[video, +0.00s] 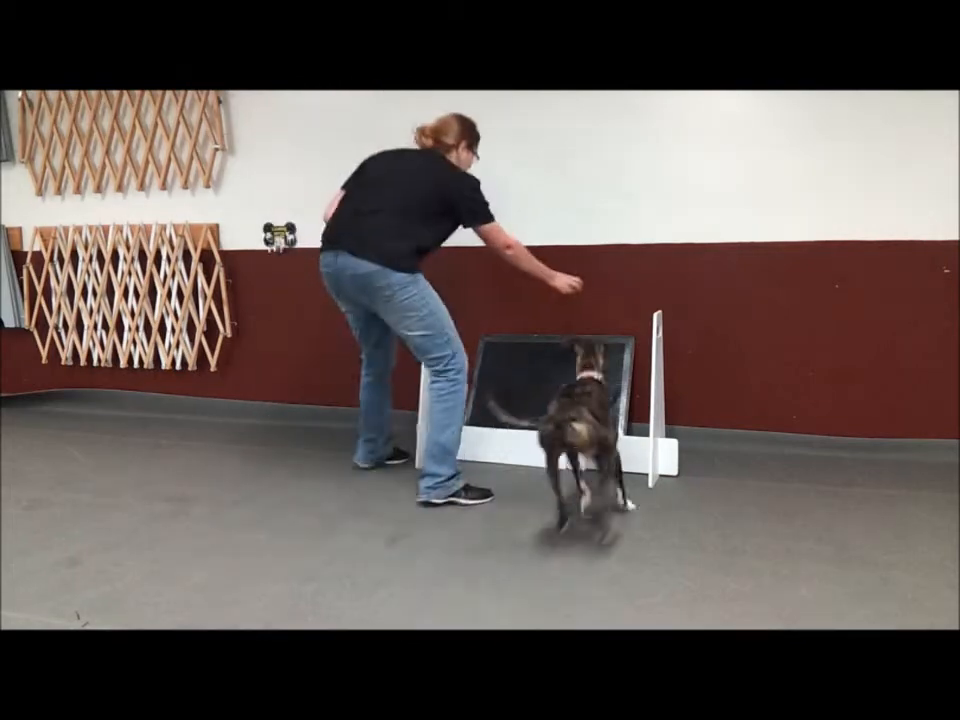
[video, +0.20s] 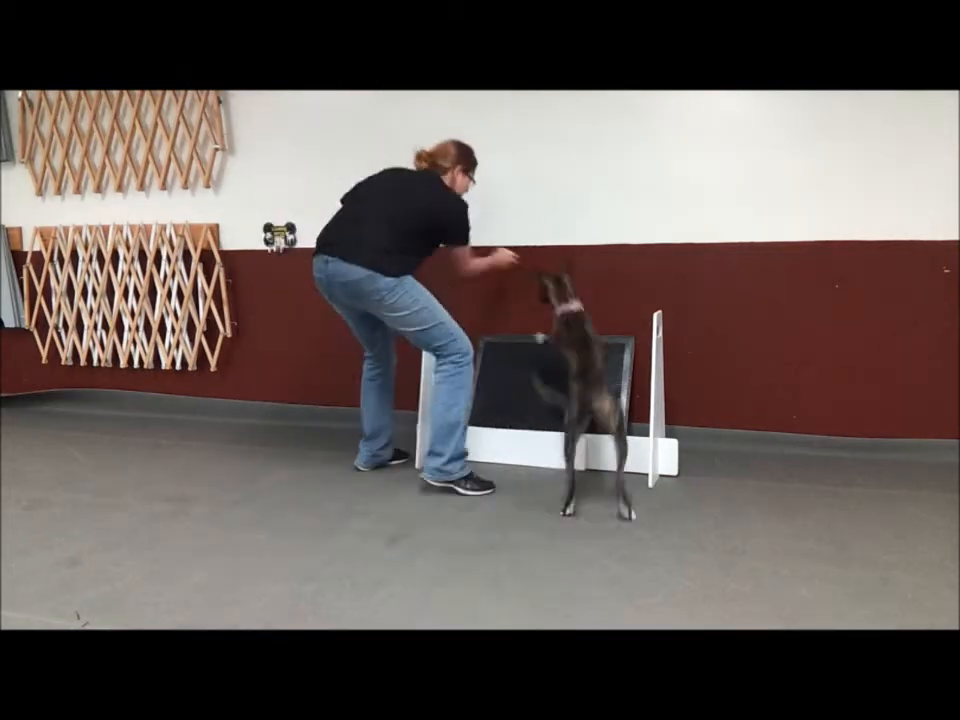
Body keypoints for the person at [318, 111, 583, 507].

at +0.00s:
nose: (472, 162)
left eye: (473, 155)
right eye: (472, 154)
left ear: (430, 140)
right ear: (459, 147)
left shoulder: (382, 159)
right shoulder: (459, 182)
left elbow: (331, 213)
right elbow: (505, 246)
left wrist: (366, 245)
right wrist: (552, 277)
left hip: (336, 262)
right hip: (386, 270)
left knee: (376, 354)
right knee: (448, 364)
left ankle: (372, 450)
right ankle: (440, 483)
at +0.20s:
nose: (468, 187)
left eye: (471, 180)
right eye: (469, 179)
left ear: (430, 163)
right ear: (455, 171)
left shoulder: (390, 176)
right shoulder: (449, 203)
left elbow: (347, 205)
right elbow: (464, 266)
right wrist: (495, 260)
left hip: (326, 267)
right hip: (374, 275)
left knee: (378, 353)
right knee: (455, 352)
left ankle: (374, 452)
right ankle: (445, 469)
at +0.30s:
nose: (472, 202)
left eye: (475, 194)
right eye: (473, 192)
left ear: (439, 179)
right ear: (458, 185)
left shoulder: (402, 190)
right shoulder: (446, 214)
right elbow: (437, 290)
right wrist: (470, 277)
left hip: (323, 264)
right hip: (364, 273)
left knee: (379, 350)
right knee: (445, 351)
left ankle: (375, 452)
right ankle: (445, 467)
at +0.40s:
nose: (479, 215)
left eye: (481, 207)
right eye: (479, 206)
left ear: (448, 195)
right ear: (464, 201)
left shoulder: (412, 209)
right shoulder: (444, 233)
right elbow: (419, 303)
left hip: (319, 260)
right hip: (348, 268)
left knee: (379, 349)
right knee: (427, 349)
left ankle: (375, 452)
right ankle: (437, 471)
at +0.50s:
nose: (483, 233)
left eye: (485, 226)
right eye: (482, 224)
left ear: (453, 212)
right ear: (465, 219)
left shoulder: (422, 224)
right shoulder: (438, 247)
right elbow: (431, 336)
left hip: (317, 262)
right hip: (334, 269)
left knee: (383, 356)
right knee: (407, 352)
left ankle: (373, 455)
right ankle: (394, 474)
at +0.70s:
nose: (474, 275)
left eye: (478, 267)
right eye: (470, 266)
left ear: (446, 253)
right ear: (445, 257)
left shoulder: (423, 240)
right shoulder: (417, 285)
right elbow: (426, 378)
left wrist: (374, 306)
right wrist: (441, 453)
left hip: (336, 271)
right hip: (308, 282)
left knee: (383, 347)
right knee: (364, 374)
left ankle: (375, 450)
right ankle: (338, 497)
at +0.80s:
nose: (446, 284)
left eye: (452, 276)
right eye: (438, 275)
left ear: (460, 267)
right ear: (414, 263)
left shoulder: (422, 242)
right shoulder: (386, 283)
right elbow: (388, 371)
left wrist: (364, 309)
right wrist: (393, 455)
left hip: (343, 273)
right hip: (301, 276)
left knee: (366, 370)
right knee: (340, 373)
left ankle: (365, 463)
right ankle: (336, 496)